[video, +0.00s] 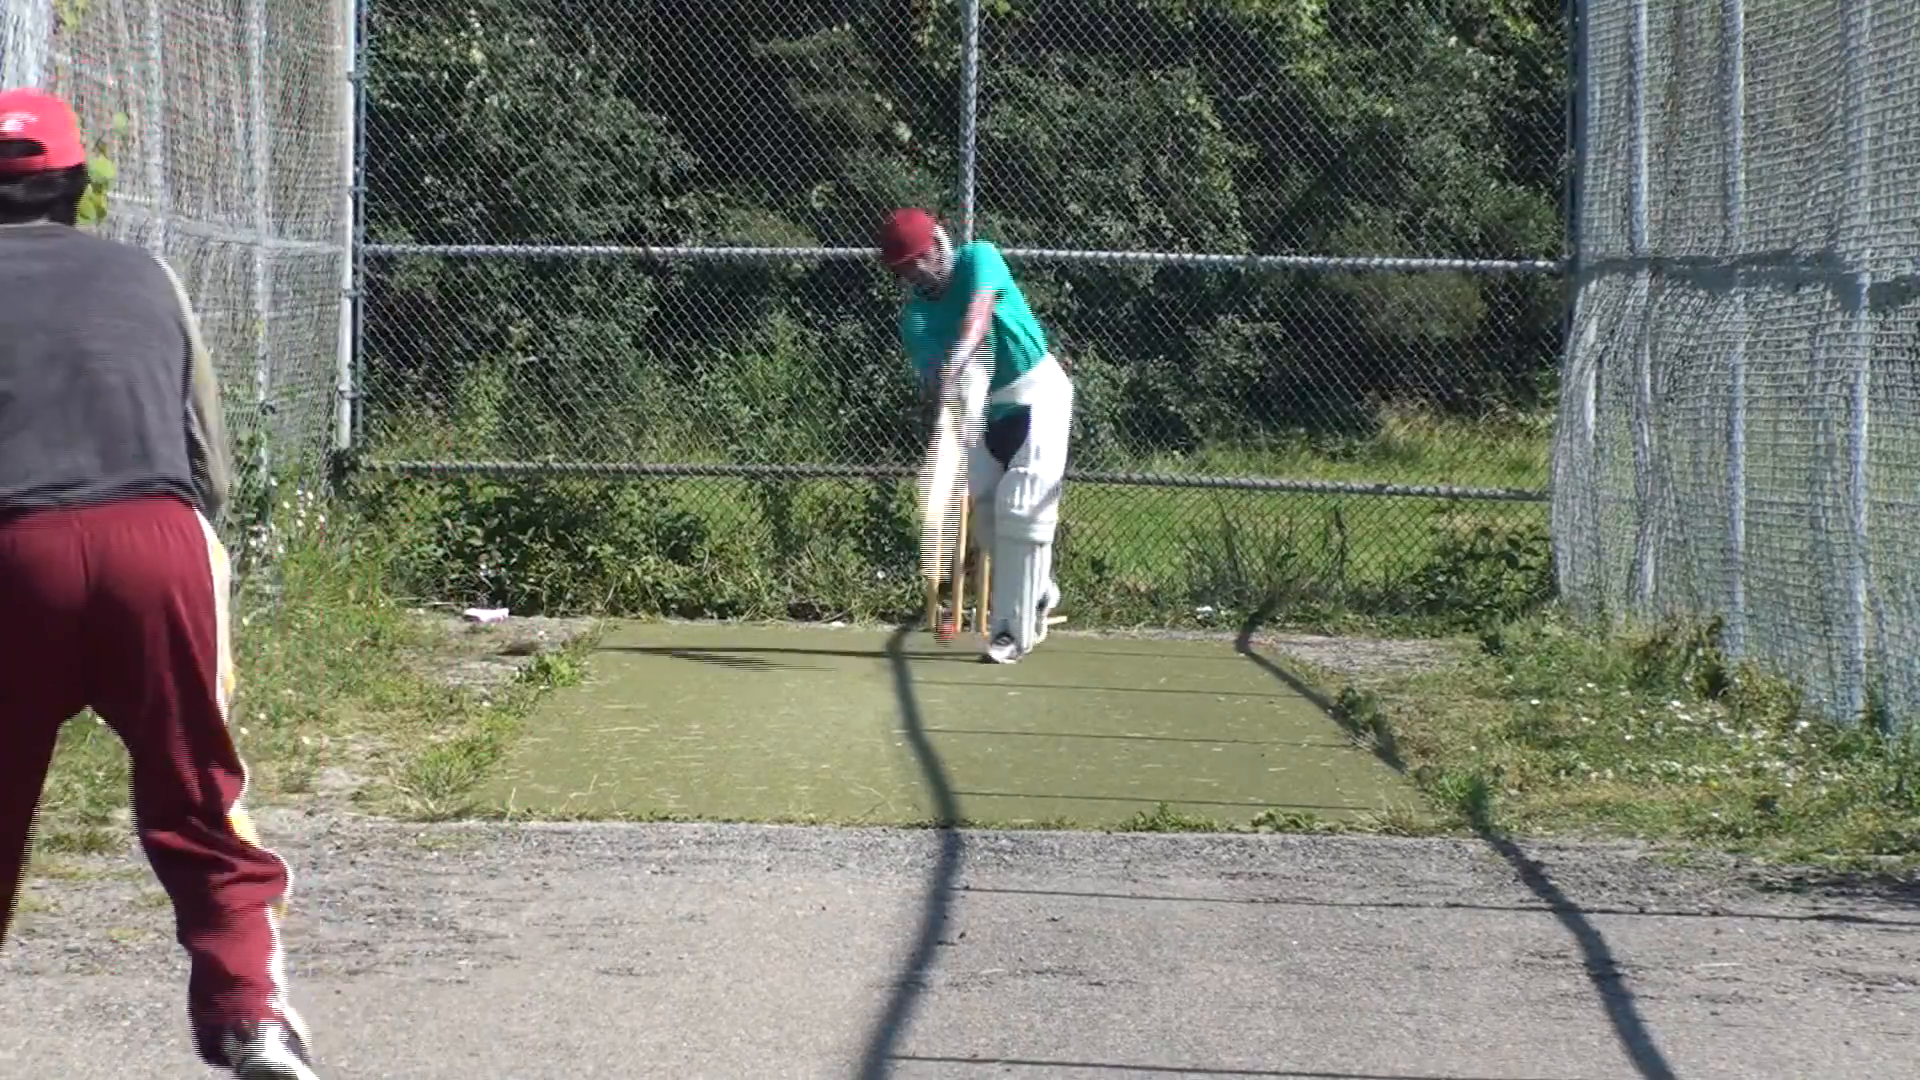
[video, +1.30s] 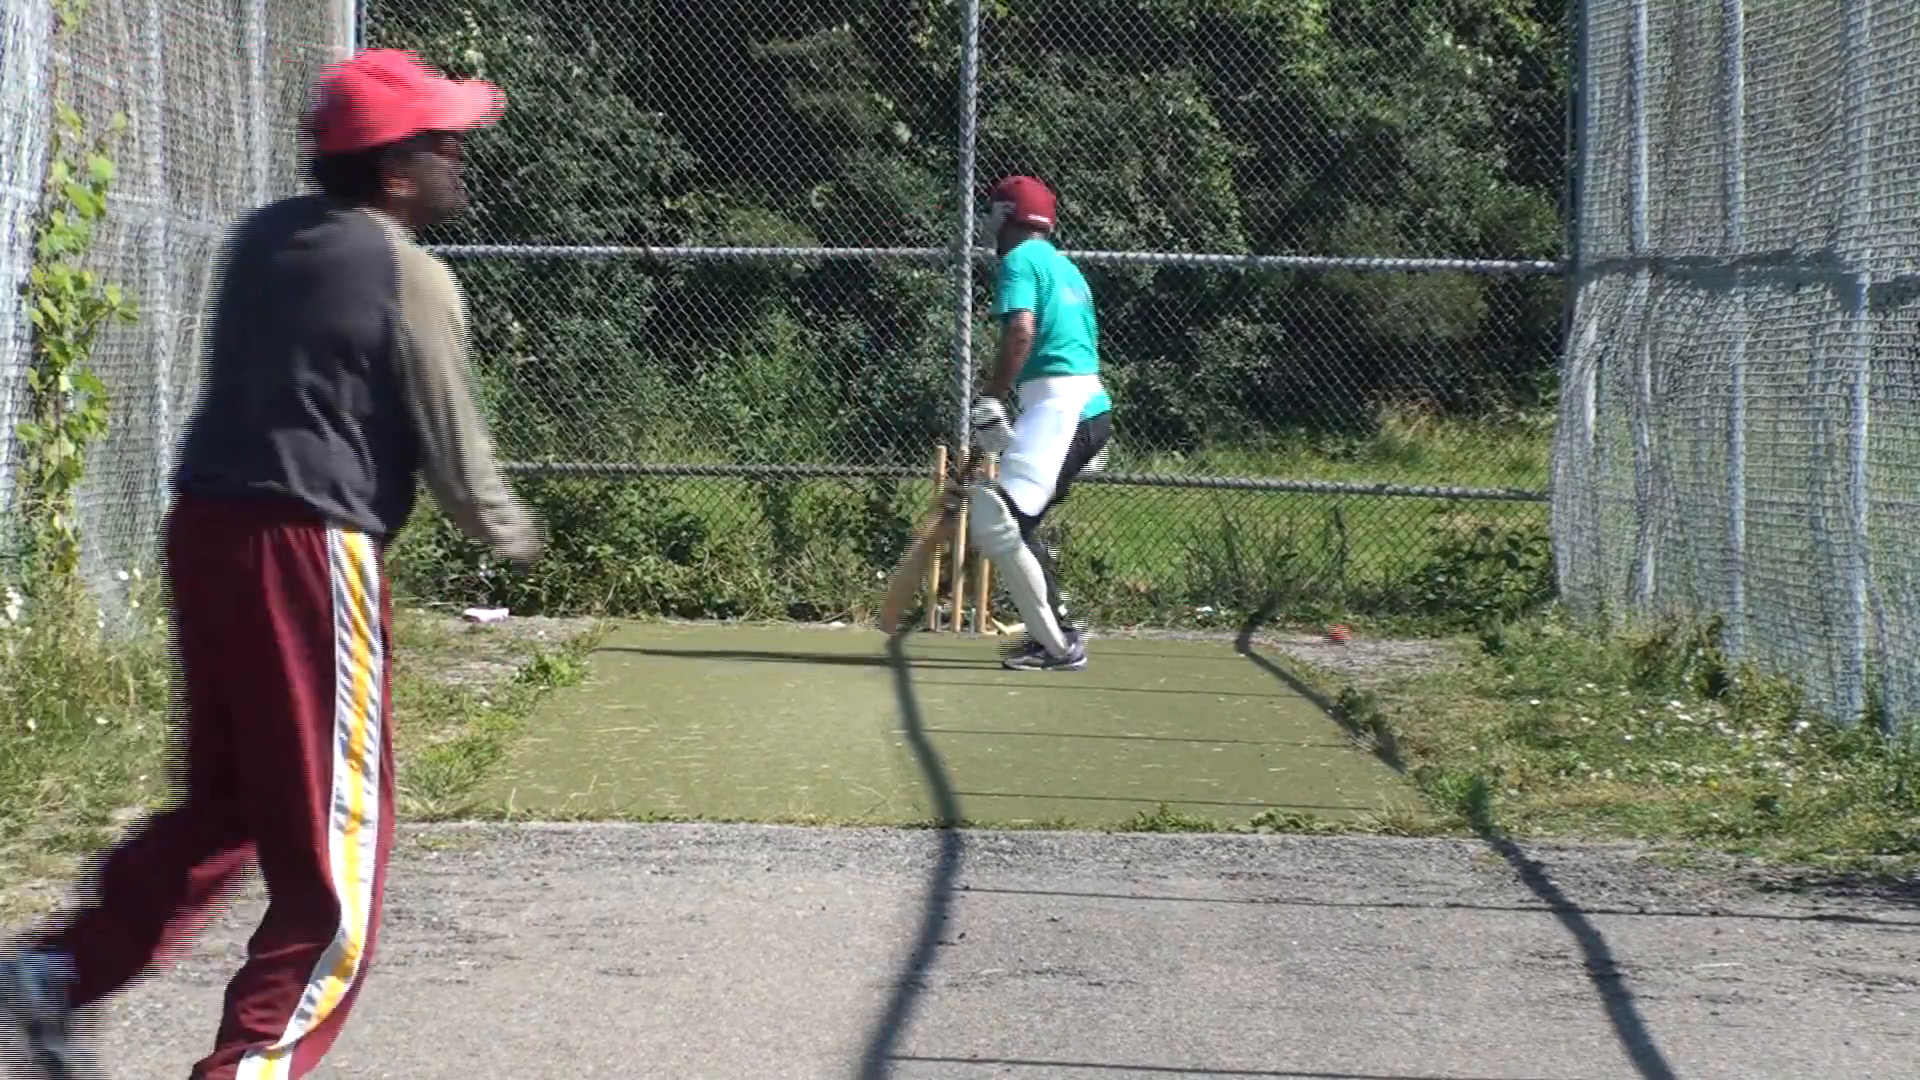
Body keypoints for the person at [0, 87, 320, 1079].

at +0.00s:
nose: (54, 190)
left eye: (27, 177)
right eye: (70, 177)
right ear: (76, 183)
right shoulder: (143, 271)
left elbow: (207, 445)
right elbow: (205, 446)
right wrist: (194, 543)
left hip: (20, 555)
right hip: (157, 545)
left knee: (2, 821)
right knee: (198, 792)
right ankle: (246, 1018)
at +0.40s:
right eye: (101, 186)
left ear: (4, 195)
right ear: (106, 194)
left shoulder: (0, 270)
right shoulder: (173, 278)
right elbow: (250, 451)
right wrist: (220, 568)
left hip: (25, 537)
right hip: (170, 533)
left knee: (6, 835)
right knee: (225, 819)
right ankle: (291, 1059)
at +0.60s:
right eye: (131, 181)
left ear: (31, 192)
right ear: (141, 191)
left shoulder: (6, 271)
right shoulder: (206, 280)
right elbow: (269, 447)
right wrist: (239, 569)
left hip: (36, 525)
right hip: (183, 524)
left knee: (10, 815)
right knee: (229, 806)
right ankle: (292, 1058)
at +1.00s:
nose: (224, 163)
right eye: (230, 149)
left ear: (132, 161)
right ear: (239, 162)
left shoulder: (58, 261)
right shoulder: (290, 267)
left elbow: (11, 424)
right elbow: (339, 454)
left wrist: (26, 533)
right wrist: (310, 584)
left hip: (65, 538)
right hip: (224, 542)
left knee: (29, 825)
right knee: (282, 820)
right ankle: (284, 1053)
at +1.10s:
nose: (303, 143)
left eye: (295, 128)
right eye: (298, 133)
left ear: (184, 148)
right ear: (285, 150)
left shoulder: (117, 245)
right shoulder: (327, 260)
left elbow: (62, 408)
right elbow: (368, 457)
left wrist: (121, 492)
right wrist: (359, 585)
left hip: (103, 543)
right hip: (250, 551)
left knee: (46, 822)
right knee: (308, 845)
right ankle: (243, 1064)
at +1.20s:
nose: (375, 143)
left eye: (367, 126)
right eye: (362, 131)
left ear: (261, 150)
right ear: (330, 154)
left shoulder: (184, 243)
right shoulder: (368, 266)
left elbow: (163, 376)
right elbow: (411, 440)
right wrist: (433, 561)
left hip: (159, 542)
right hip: (283, 551)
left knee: (113, 801)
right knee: (317, 824)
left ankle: (5, 994)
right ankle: (257, 1058)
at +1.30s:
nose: (462, 163)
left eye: (456, 144)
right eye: (445, 148)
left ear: (361, 168)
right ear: (395, 173)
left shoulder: (262, 232)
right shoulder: (408, 274)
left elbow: (259, 384)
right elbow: (455, 450)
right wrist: (515, 535)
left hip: (206, 531)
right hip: (310, 546)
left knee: (227, 801)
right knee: (338, 830)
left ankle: (53, 975)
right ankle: (257, 1060)